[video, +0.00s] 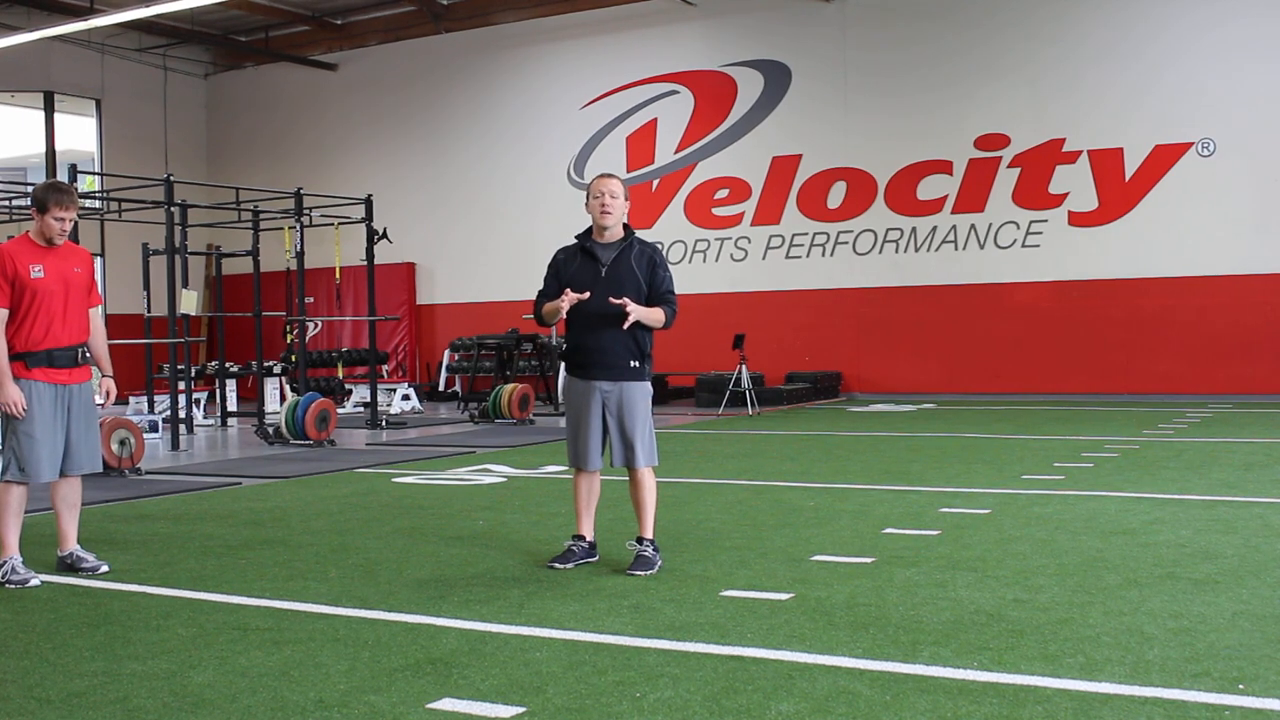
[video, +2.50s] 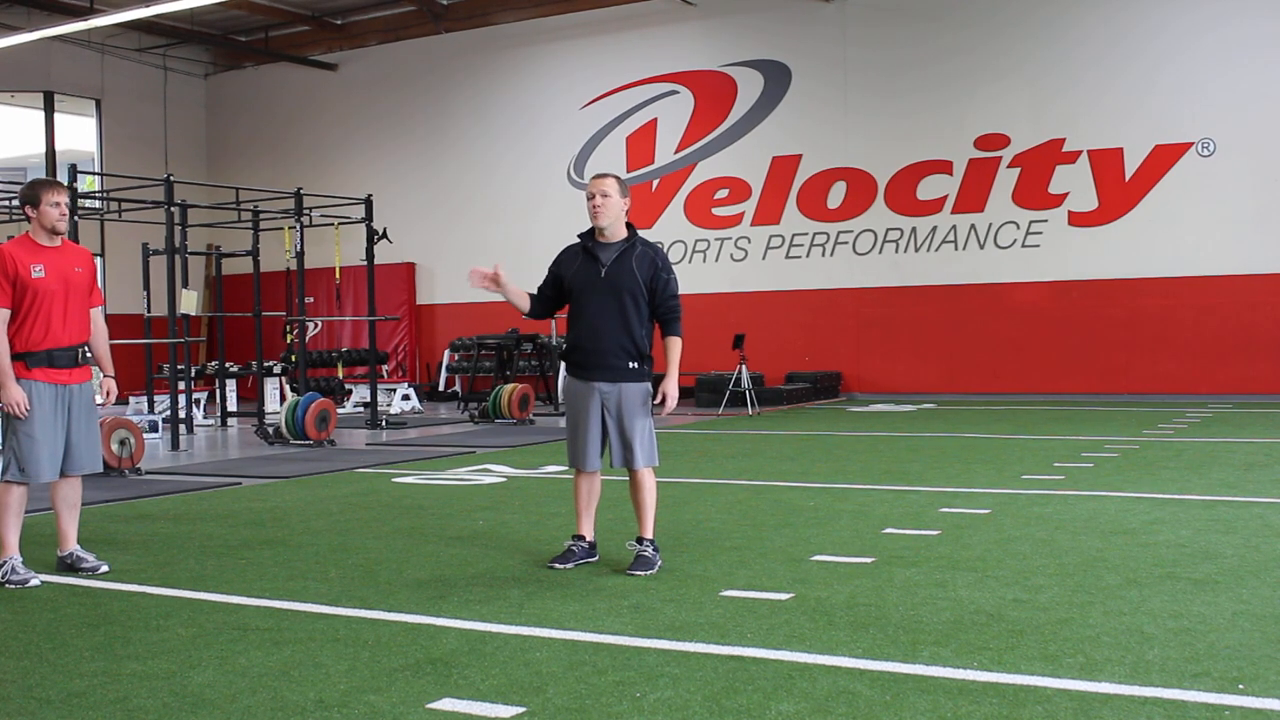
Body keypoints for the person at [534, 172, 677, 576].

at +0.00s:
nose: (605, 202)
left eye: (613, 196)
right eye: (598, 196)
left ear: (626, 206)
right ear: (587, 206)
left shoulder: (648, 256)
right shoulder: (566, 258)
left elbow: (666, 314)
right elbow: (542, 315)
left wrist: (641, 311)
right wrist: (560, 305)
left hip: (631, 379)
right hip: (581, 377)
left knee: (639, 463)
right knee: (585, 462)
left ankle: (646, 544)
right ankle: (584, 542)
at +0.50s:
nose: (592, 203)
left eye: (602, 198)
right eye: (589, 197)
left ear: (623, 208)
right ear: (584, 205)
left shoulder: (649, 257)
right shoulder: (567, 256)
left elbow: (671, 315)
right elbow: (539, 310)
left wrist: (657, 358)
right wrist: (560, 277)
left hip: (632, 380)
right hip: (581, 379)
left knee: (639, 463)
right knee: (585, 463)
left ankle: (646, 544)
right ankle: (583, 542)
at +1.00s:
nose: (591, 202)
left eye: (600, 197)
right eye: (588, 197)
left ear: (622, 207)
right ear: (584, 205)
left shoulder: (648, 257)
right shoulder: (564, 258)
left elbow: (668, 317)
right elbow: (543, 314)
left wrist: (677, 372)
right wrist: (564, 294)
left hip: (632, 379)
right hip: (581, 378)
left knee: (640, 463)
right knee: (585, 463)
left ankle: (647, 544)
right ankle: (584, 542)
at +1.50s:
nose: (590, 203)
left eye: (599, 197)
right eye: (586, 197)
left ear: (621, 207)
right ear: (582, 205)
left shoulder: (647, 256)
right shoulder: (563, 258)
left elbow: (667, 316)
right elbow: (543, 314)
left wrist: (672, 370)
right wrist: (562, 292)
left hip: (631, 379)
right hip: (580, 379)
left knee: (639, 463)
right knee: (585, 463)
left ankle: (646, 544)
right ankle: (584, 542)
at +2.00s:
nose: (597, 199)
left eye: (606, 193)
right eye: (592, 194)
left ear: (626, 203)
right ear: (587, 204)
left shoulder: (649, 256)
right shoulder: (568, 256)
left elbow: (669, 320)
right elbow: (527, 299)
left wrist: (673, 376)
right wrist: (517, 284)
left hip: (631, 379)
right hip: (580, 377)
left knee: (638, 463)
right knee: (584, 463)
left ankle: (646, 544)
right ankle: (584, 542)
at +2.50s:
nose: (595, 202)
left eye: (603, 196)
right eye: (590, 197)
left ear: (625, 204)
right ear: (586, 206)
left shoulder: (651, 258)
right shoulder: (572, 257)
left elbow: (671, 320)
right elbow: (539, 307)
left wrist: (672, 375)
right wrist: (504, 285)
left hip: (631, 380)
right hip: (580, 379)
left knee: (639, 464)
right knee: (584, 463)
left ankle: (646, 544)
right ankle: (583, 542)